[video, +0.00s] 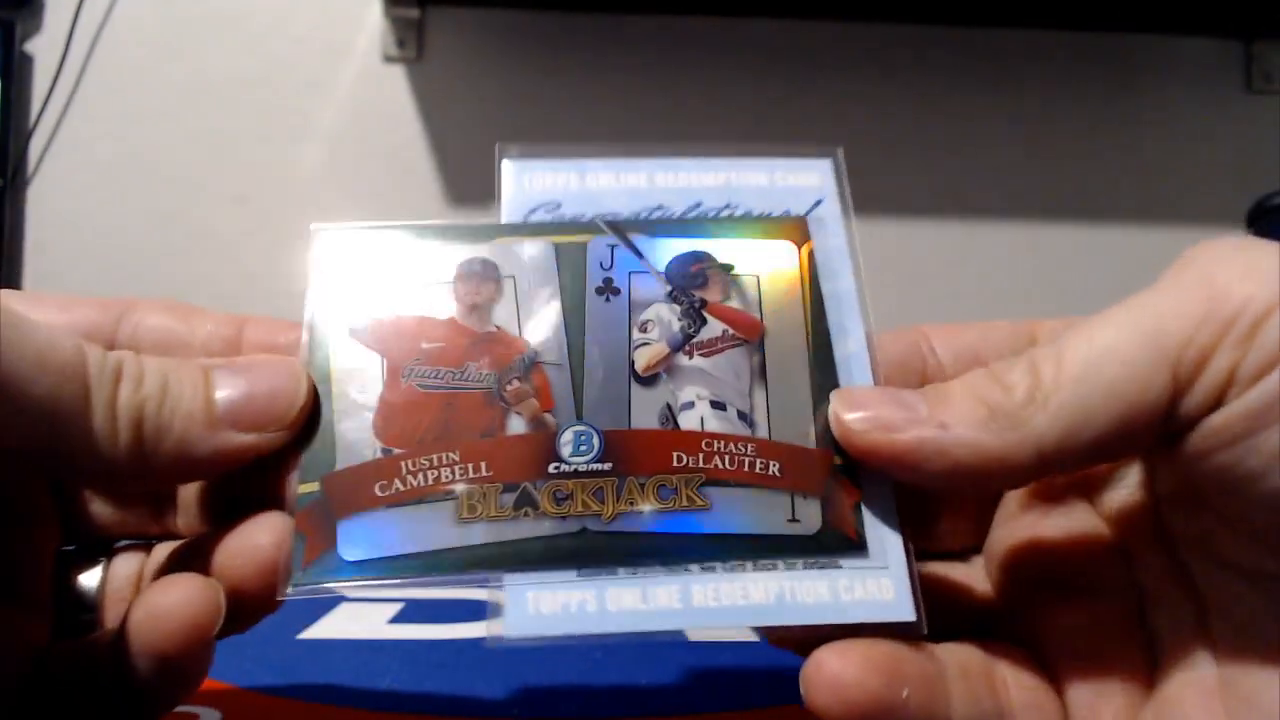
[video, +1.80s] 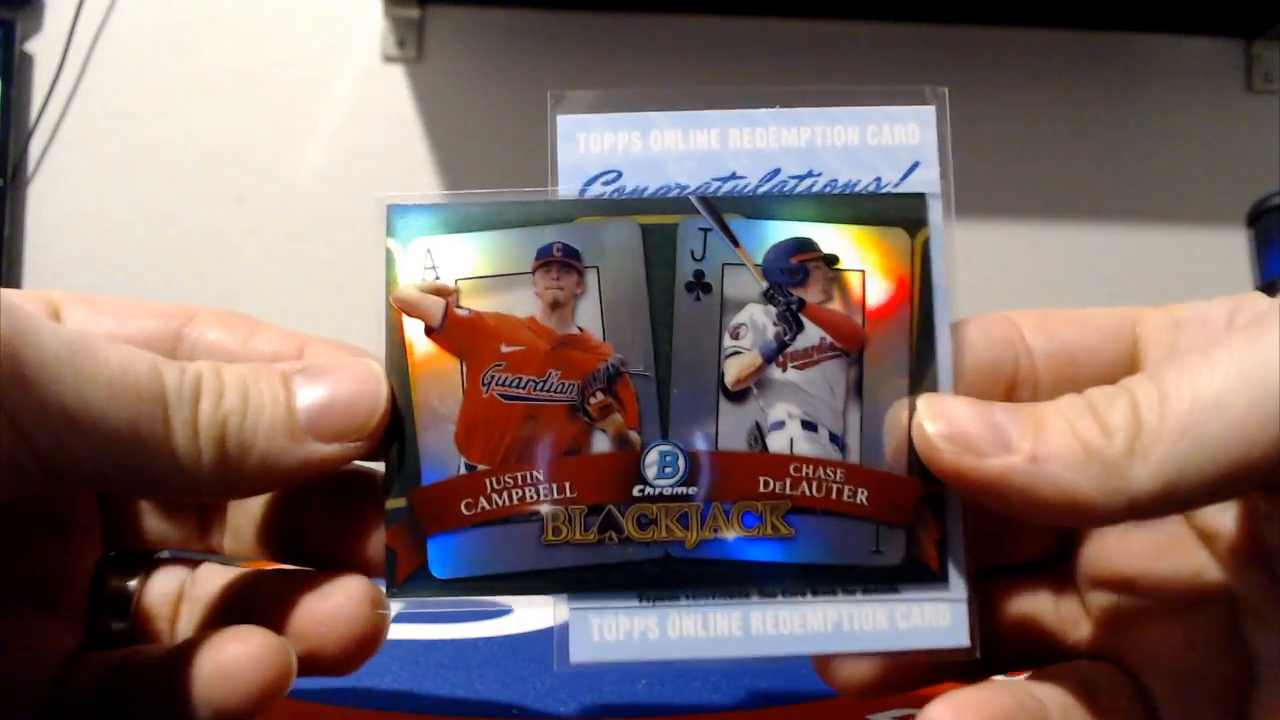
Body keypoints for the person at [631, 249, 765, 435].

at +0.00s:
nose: (727, 278)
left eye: (724, 272)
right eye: (719, 271)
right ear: (697, 274)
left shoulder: (733, 314)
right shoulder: (663, 312)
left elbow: (756, 331)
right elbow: (642, 366)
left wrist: (702, 304)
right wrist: (682, 335)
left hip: (742, 422)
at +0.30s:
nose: (744, 269)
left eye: (742, 262)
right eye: (734, 262)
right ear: (709, 268)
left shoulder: (749, 310)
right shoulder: (677, 305)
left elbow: (774, 329)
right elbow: (654, 364)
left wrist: (717, 297)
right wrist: (696, 331)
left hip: (756, 426)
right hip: (715, 420)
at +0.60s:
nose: (770, 251)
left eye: (768, 244)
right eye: (759, 244)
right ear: (733, 252)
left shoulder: (774, 292)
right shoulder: (699, 288)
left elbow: (799, 314)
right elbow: (675, 348)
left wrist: (743, 281)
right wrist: (719, 315)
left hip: (778, 415)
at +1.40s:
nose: (792, 240)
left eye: (790, 233)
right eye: (782, 233)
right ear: (755, 238)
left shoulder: (793, 283)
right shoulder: (722, 278)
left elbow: (819, 306)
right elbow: (697, 341)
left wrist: (764, 270)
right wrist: (741, 307)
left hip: (797, 404)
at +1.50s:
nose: (804, 251)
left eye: (801, 244)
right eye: (793, 245)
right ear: (766, 251)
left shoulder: (808, 298)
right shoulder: (734, 293)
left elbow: (833, 317)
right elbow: (711, 357)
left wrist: (776, 283)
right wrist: (753, 321)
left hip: (813, 421)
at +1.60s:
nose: (813, 264)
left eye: (810, 256)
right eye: (802, 257)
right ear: (775, 264)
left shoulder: (816, 309)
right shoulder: (741, 306)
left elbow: (841, 329)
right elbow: (719, 370)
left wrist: (784, 295)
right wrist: (762, 333)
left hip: (821, 431)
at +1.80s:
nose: (829, 274)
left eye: (826, 266)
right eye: (816, 267)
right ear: (789, 274)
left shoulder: (834, 323)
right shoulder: (758, 315)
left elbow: (857, 340)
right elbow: (733, 379)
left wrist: (798, 305)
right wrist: (777, 342)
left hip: (835, 443)